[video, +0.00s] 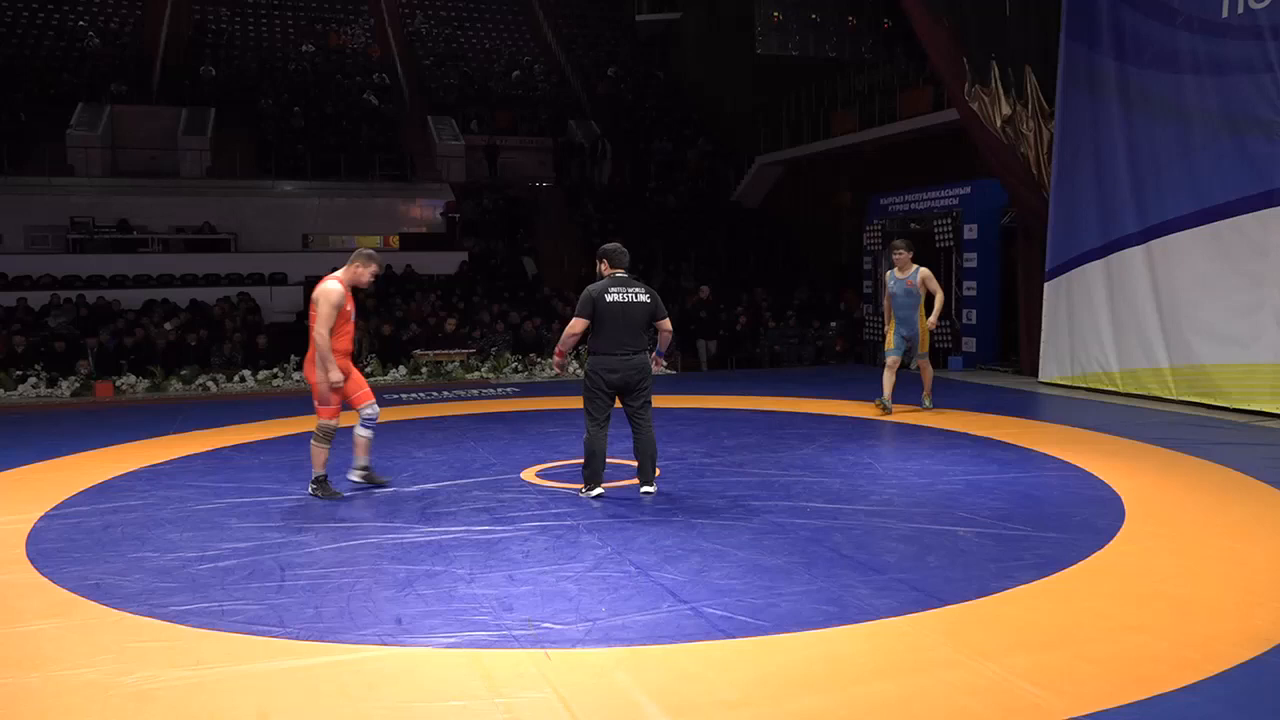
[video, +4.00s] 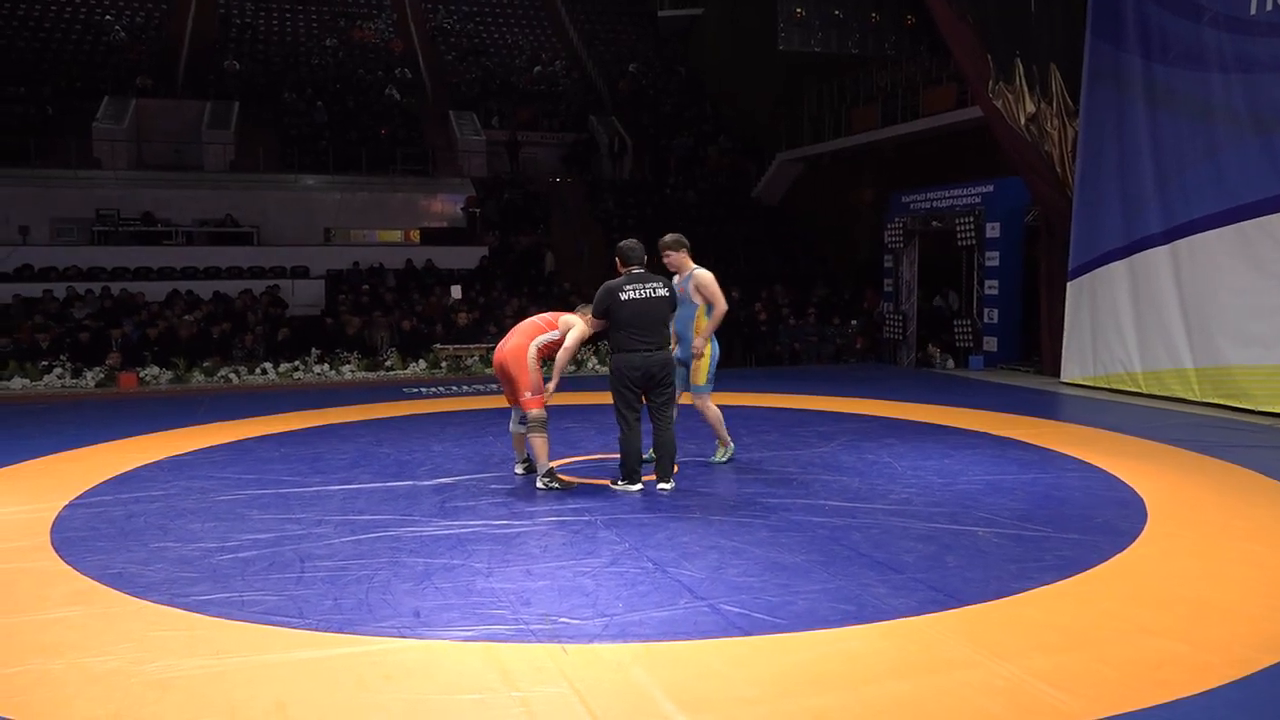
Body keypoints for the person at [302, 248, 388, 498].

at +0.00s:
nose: (371, 281)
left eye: (374, 276)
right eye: (371, 275)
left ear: (357, 268)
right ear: (357, 267)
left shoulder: (342, 288)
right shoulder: (332, 289)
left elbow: (332, 332)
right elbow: (319, 333)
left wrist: (343, 365)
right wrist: (331, 370)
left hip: (342, 364)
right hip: (323, 366)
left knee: (370, 412)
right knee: (327, 424)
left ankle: (361, 470)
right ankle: (318, 479)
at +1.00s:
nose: (522, 281)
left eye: (524, 276)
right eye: (522, 276)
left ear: (503, 270)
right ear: (512, 272)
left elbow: (442, 307)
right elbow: (520, 344)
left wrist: (450, 345)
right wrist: (550, 332)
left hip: (453, 359)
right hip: (468, 362)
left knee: (480, 412)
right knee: (486, 420)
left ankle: (469, 460)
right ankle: (485, 480)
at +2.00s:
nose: (570, 329)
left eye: (572, 325)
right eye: (570, 324)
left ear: (553, 313)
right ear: (562, 316)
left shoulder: (536, 322)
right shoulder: (551, 328)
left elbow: (527, 370)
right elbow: (556, 371)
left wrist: (517, 390)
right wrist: (566, 375)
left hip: (479, 363)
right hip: (494, 364)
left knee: (508, 414)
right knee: (522, 418)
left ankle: (505, 464)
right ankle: (528, 476)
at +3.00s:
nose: (585, 322)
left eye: (586, 317)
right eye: (585, 316)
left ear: (567, 311)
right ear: (576, 312)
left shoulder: (549, 321)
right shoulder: (566, 326)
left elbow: (538, 369)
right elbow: (590, 361)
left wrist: (526, 392)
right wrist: (610, 348)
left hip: (491, 362)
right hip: (505, 363)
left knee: (519, 413)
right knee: (530, 417)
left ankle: (514, 463)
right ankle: (536, 476)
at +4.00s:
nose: (593, 330)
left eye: (595, 326)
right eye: (593, 325)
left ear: (577, 313)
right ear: (588, 318)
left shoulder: (557, 318)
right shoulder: (580, 325)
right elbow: (566, 348)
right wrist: (554, 381)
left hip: (500, 355)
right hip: (523, 356)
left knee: (519, 414)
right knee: (537, 415)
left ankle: (522, 461)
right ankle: (545, 474)